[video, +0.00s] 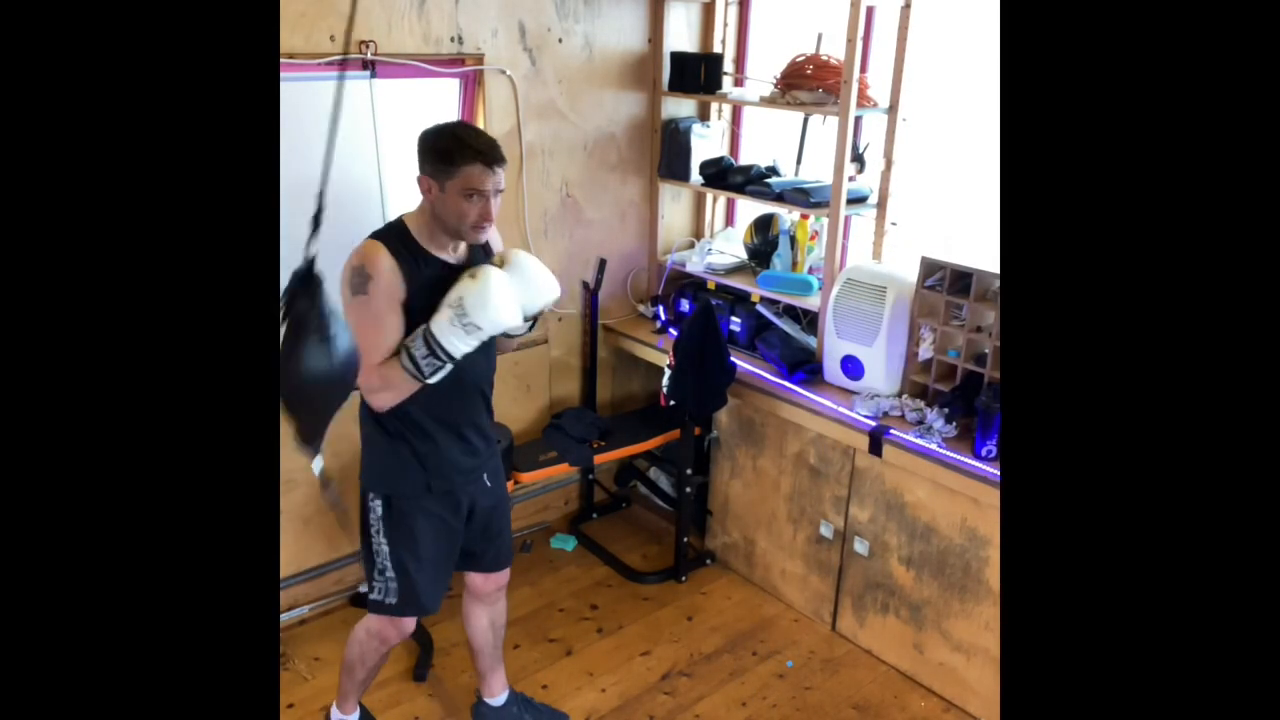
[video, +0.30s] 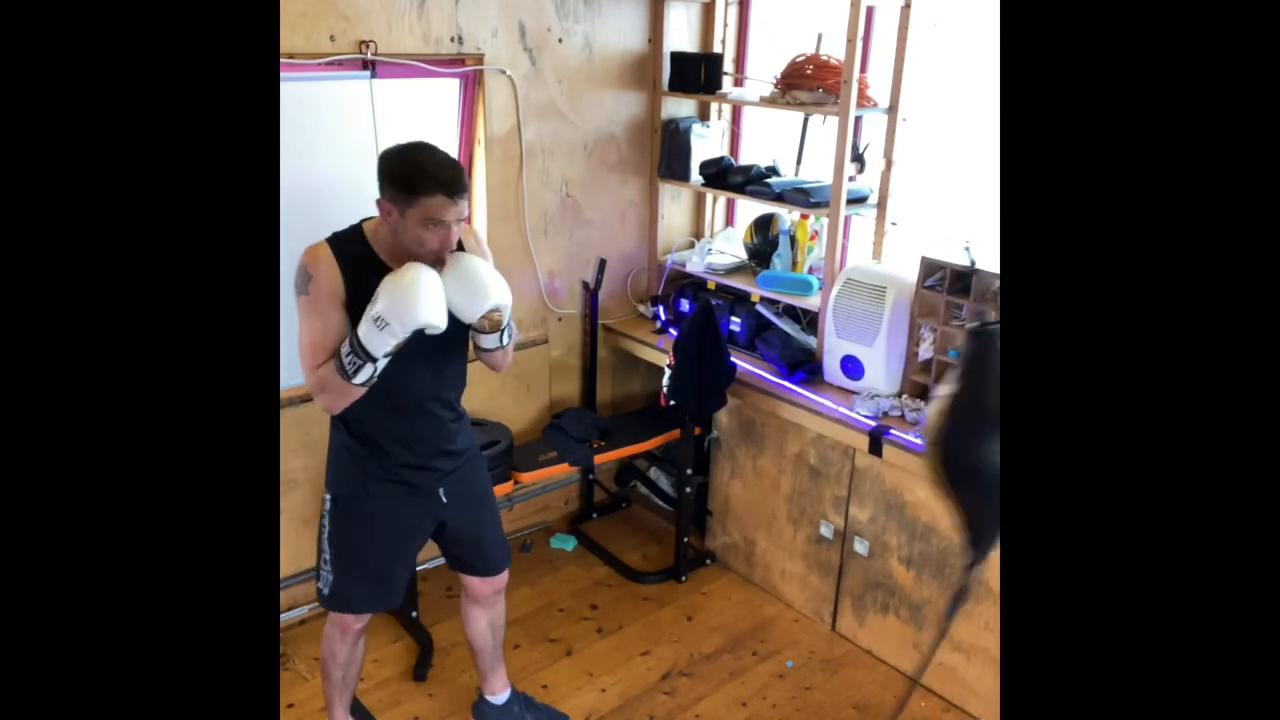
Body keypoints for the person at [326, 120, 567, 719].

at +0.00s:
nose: (489, 212)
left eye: (496, 195)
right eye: (472, 195)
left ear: (501, 190)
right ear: (428, 189)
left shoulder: (482, 247)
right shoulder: (376, 262)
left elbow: (501, 340)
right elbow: (377, 389)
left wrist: (524, 311)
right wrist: (451, 329)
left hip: (477, 454)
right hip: (405, 467)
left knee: (490, 579)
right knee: (393, 619)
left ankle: (496, 698)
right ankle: (344, 711)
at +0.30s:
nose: (449, 240)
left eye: (458, 223)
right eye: (433, 225)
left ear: (466, 212)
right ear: (387, 212)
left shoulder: (467, 248)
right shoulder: (329, 265)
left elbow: (500, 362)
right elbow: (329, 395)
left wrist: (489, 319)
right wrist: (378, 333)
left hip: (453, 451)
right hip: (371, 462)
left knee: (489, 579)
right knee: (351, 616)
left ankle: (498, 698)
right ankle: (340, 714)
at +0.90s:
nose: (507, 219)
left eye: (511, 203)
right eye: (491, 205)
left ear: (515, 199)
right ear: (444, 200)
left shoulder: (512, 245)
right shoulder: (392, 260)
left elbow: (534, 320)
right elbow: (382, 385)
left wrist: (546, 376)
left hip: (490, 445)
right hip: (417, 460)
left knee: (522, 559)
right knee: (378, 607)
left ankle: (535, 656)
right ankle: (345, 711)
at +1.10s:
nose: (548, 216)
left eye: (557, 201)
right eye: (534, 199)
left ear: (564, 196)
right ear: (494, 188)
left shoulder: (532, 243)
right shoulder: (457, 250)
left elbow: (532, 312)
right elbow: (488, 360)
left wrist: (575, 314)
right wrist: (571, 349)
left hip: (509, 427)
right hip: (444, 439)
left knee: (522, 549)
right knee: (409, 589)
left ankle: (534, 655)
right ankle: (366, 710)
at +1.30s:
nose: (545, 223)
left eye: (555, 206)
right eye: (530, 206)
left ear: (565, 198)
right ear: (493, 194)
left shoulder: (562, 235)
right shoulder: (440, 248)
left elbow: (579, 336)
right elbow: (414, 358)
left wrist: (581, 315)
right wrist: (481, 328)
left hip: (529, 432)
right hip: (454, 439)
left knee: (537, 553)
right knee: (431, 591)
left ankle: (535, 656)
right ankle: (390, 712)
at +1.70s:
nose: (465, 263)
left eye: (478, 247)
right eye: (449, 248)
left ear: (491, 232)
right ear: (413, 230)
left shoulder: (499, 261)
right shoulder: (362, 274)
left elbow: (524, 370)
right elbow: (339, 390)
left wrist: (520, 338)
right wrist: (395, 366)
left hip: (467, 452)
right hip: (387, 463)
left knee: (509, 573)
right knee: (355, 616)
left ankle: (531, 660)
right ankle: (325, 716)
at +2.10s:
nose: (464, 230)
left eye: (470, 212)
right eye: (446, 216)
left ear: (477, 204)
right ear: (400, 214)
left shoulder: (499, 258)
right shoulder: (359, 267)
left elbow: (546, 353)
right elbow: (334, 384)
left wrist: (520, 399)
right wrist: (338, 359)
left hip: (487, 451)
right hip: (402, 459)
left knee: (530, 577)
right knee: (363, 614)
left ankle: (535, 659)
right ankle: (333, 713)